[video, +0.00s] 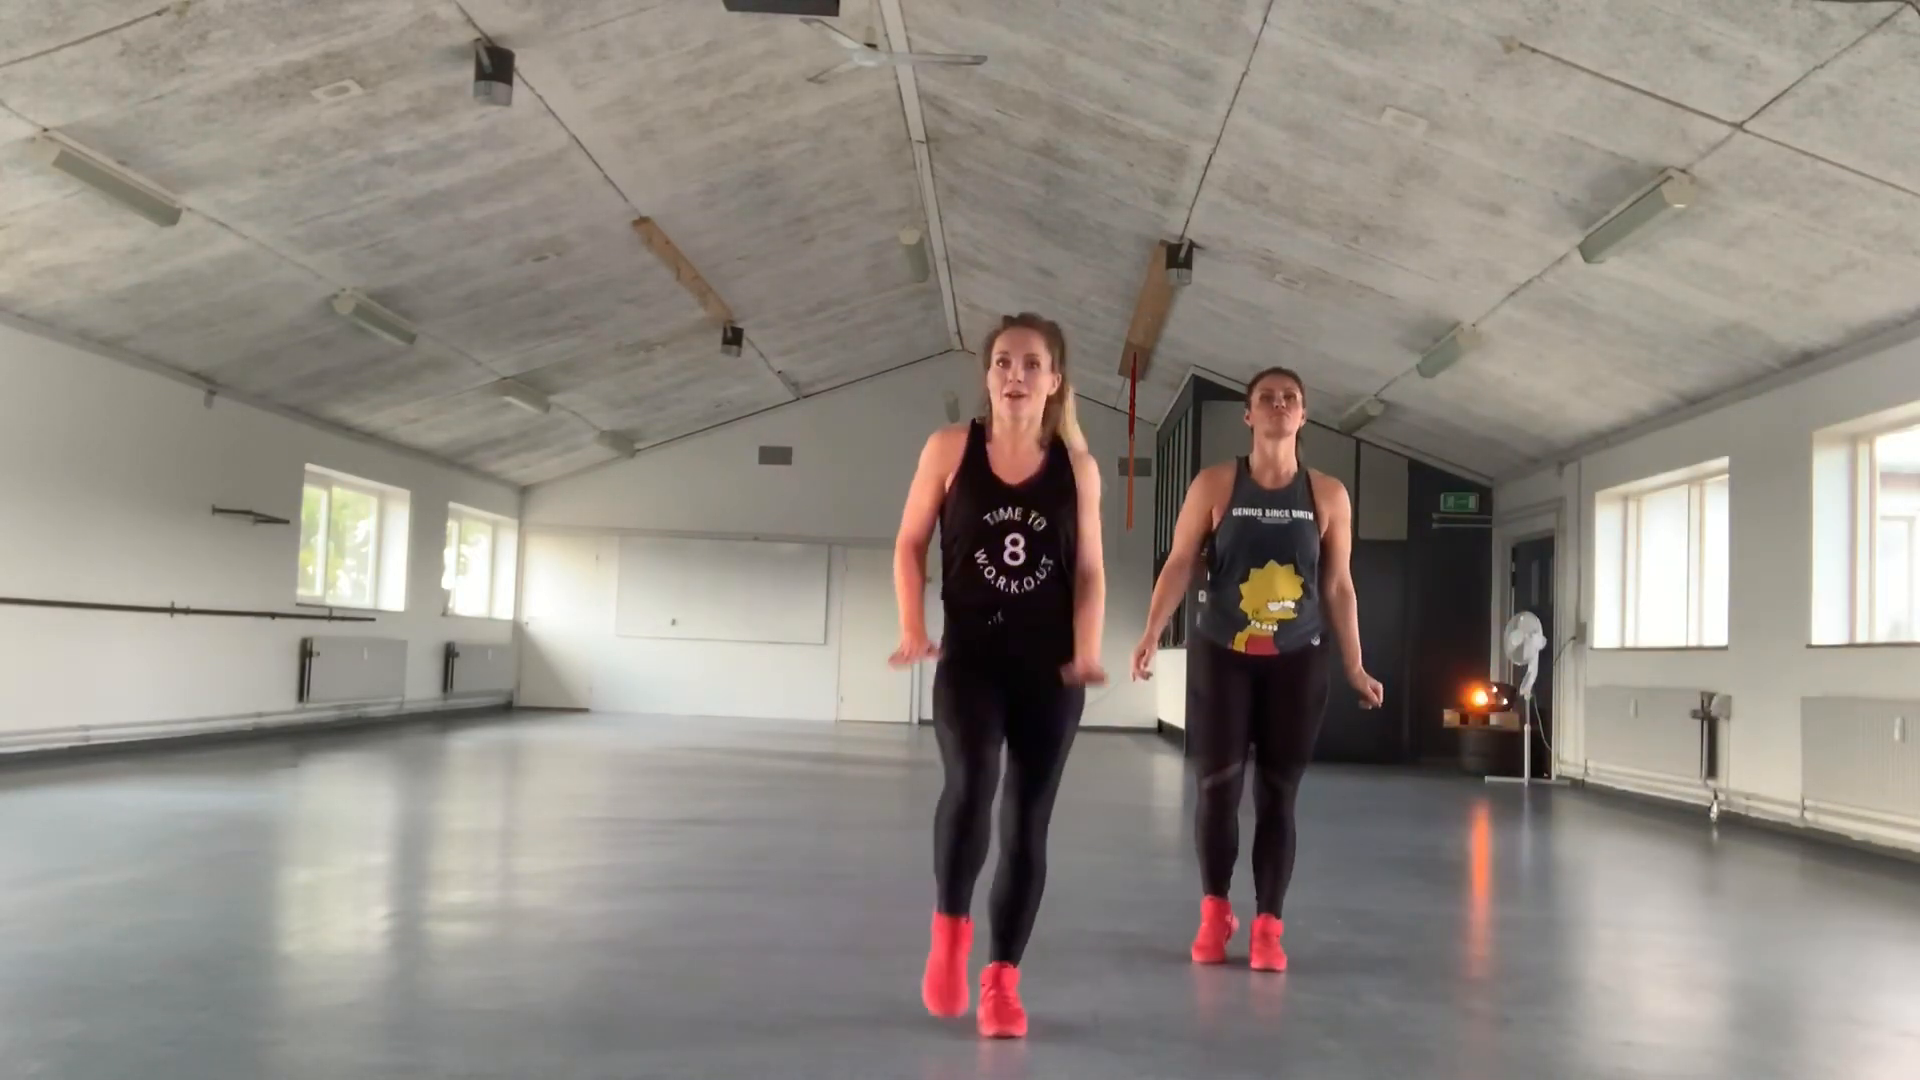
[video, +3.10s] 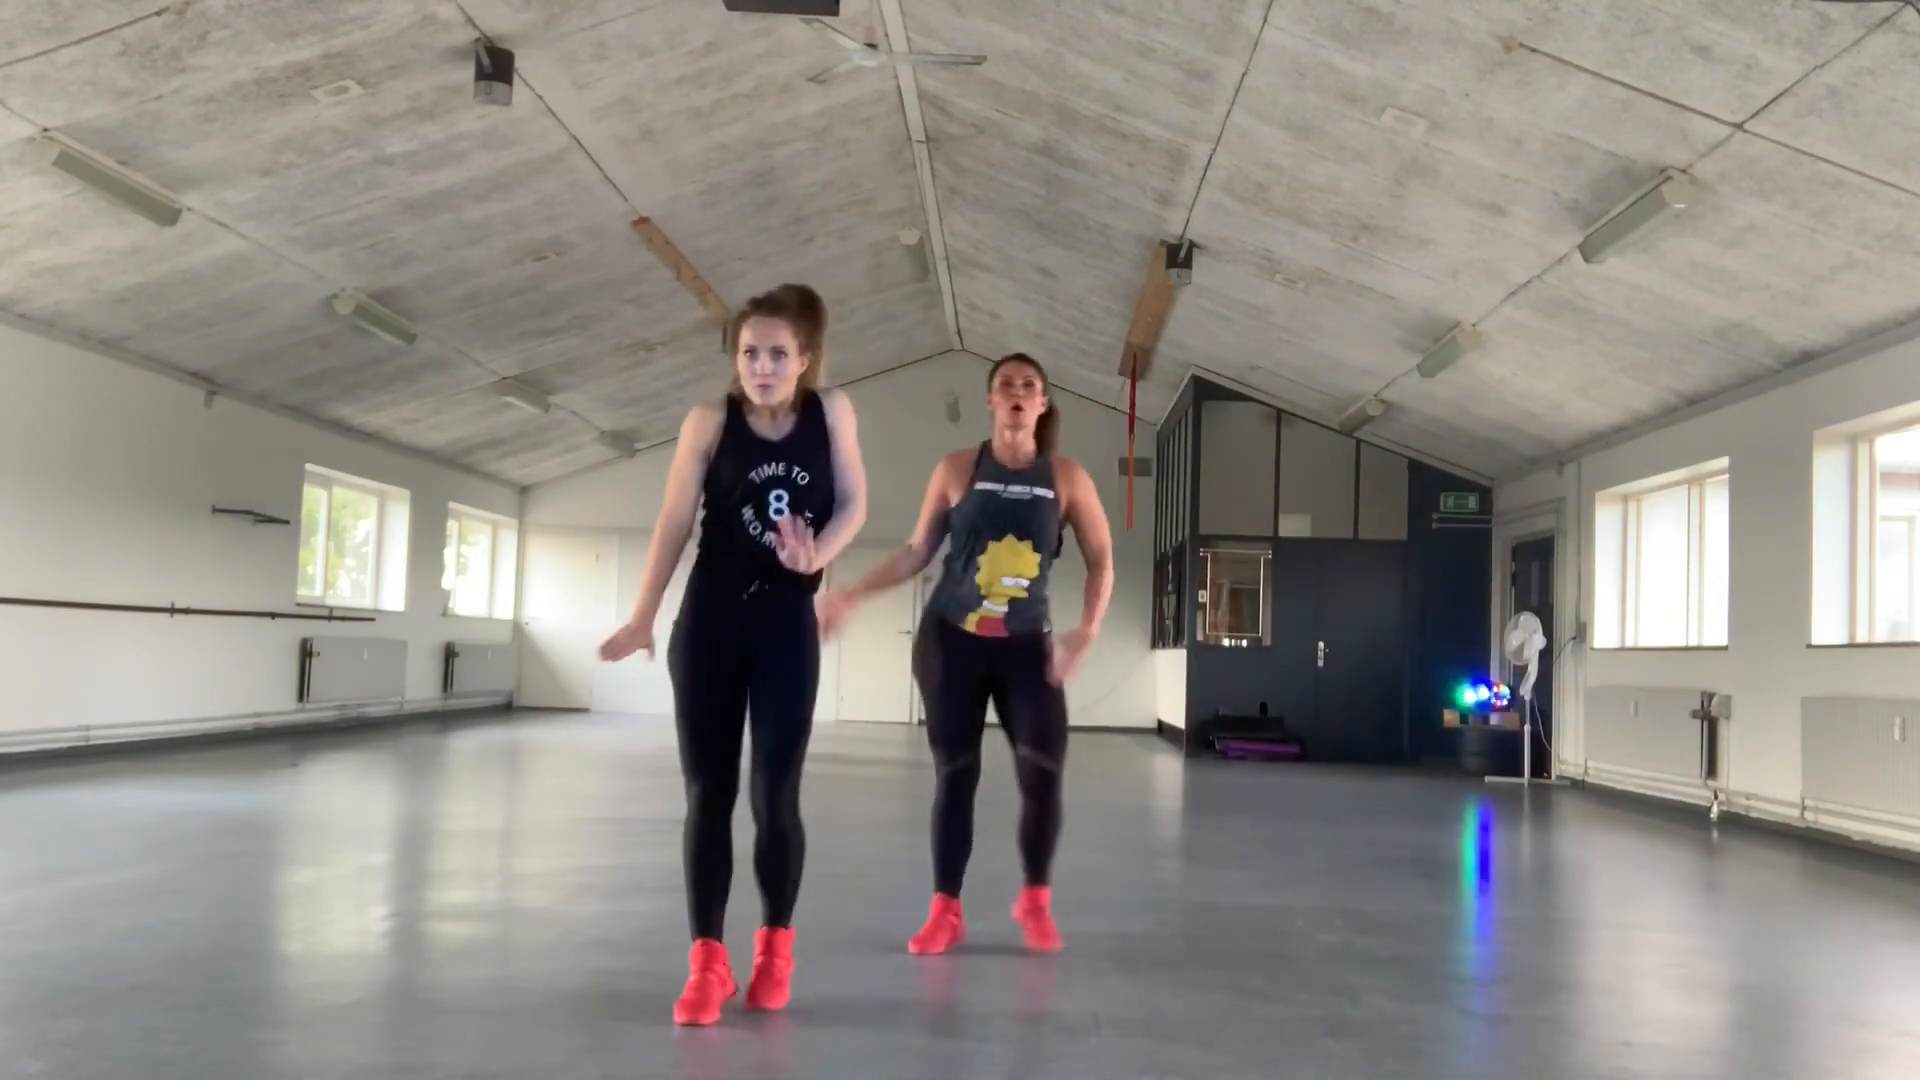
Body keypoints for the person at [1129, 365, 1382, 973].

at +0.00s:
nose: (1279, 407)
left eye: (1289, 399)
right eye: (1268, 398)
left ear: (1304, 415)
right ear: (1248, 414)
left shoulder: (1329, 495)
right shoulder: (1213, 484)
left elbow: (1339, 586)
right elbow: (1179, 563)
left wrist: (1355, 666)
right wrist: (1152, 629)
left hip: (1297, 662)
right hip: (1221, 658)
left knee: (1277, 791)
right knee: (1218, 783)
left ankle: (1268, 924)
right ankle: (1215, 909)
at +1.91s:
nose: (1286, 443)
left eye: (1296, 435)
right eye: (1275, 434)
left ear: (1307, 454)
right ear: (1253, 449)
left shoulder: (1321, 536)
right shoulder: (1211, 507)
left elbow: (1322, 624)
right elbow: (1165, 578)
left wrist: (1330, 695)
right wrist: (1157, 647)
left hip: (1281, 673)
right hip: (1209, 664)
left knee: (1284, 799)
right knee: (1221, 695)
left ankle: (1285, 922)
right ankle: (1206, 806)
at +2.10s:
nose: (1253, 417)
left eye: (1262, 409)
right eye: (1242, 408)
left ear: (1275, 426)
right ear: (1220, 421)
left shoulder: (1289, 508)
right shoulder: (1182, 471)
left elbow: (1295, 599)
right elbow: (1136, 529)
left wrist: (1301, 681)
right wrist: (1140, 602)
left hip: (1253, 653)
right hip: (1180, 648)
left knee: (1263, 786)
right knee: (1181, 749)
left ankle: (1282, 919)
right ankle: (1170, 855)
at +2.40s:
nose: (1183, 430)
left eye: (1194, 422)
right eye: (1173, 420)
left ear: (1209, 439)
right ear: (1154, 433)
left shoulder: (1224, 522)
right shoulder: (1123, 480)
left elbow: (1240, 612)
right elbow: (1084, 552)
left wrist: (1255, 699)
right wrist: (1077, 625)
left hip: (1199, 667)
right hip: (1130, 660)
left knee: (1182, 795)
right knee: (1114, 724)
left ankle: (1176, 916)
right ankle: (1108, 836)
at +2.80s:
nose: (1092, 417)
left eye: (1104, 409)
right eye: (1082, 408)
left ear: (1119, 422)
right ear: (1064, 420)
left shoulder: (1139, 501)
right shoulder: (1033, 470)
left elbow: (1151, 591)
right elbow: (1006, 550)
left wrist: (1158, 675)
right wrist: (998, 625)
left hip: (1110, 659)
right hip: (1039, 653)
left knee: (1089, 788)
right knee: (1011, 742)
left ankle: (1083, 912)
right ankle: (1021, 872)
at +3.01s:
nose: (1048, 396)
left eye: (1059, 389)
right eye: (1038, 387)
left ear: (1074, 405)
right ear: (1019, 399)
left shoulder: (1093, 484)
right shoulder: (984, 465)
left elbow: (1105, 575)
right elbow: (951, 549)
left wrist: (1090, 639)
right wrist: (930, 619)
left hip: (1060, 646)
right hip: (983, 641)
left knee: (1064, 781)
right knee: (956, 762)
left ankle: (1076, 909)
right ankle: (951, 889)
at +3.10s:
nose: (1016, 396)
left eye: (1028, 388)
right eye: (1006, 387)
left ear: (1044, 403)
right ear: (989, 400)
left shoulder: (1068, 478)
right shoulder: (955, 470)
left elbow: (1100, 560)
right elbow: (916, 552)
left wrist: (1085, 632)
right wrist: (853, 593)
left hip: (1026, 647)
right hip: (951, 642)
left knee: (1041, 772)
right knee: (955, 775)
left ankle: (1035, 897)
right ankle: (946, 906)